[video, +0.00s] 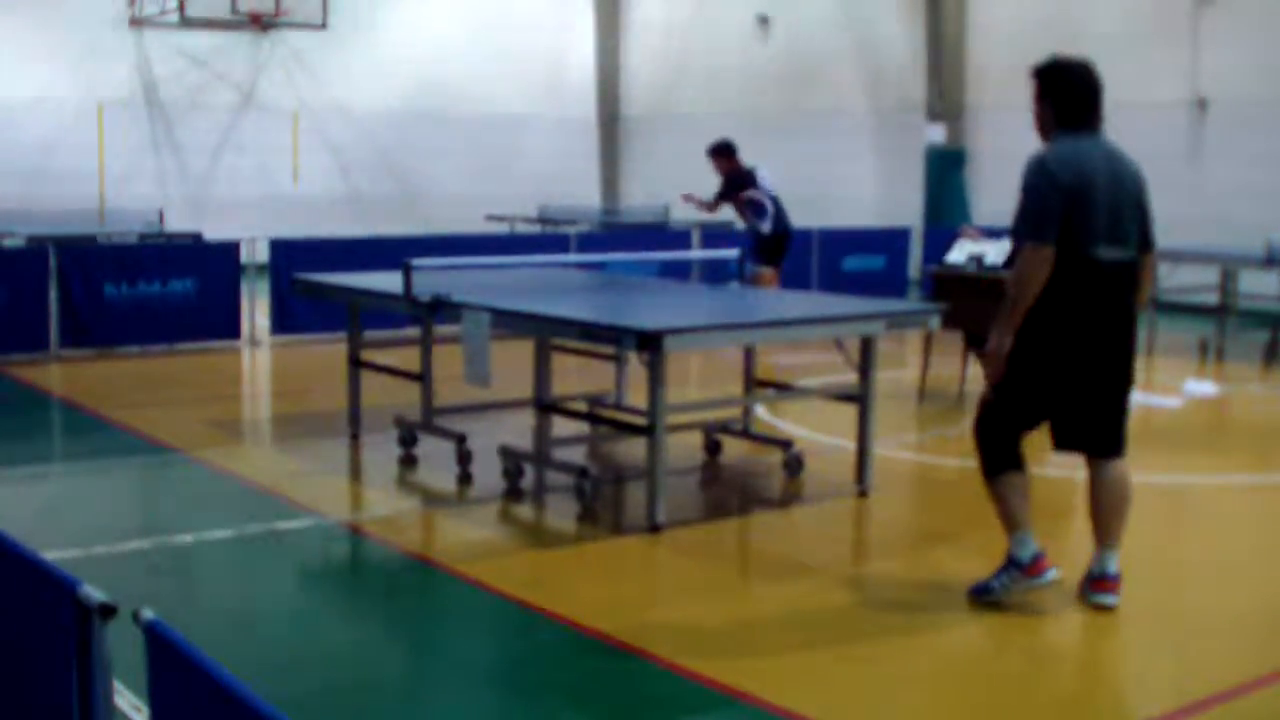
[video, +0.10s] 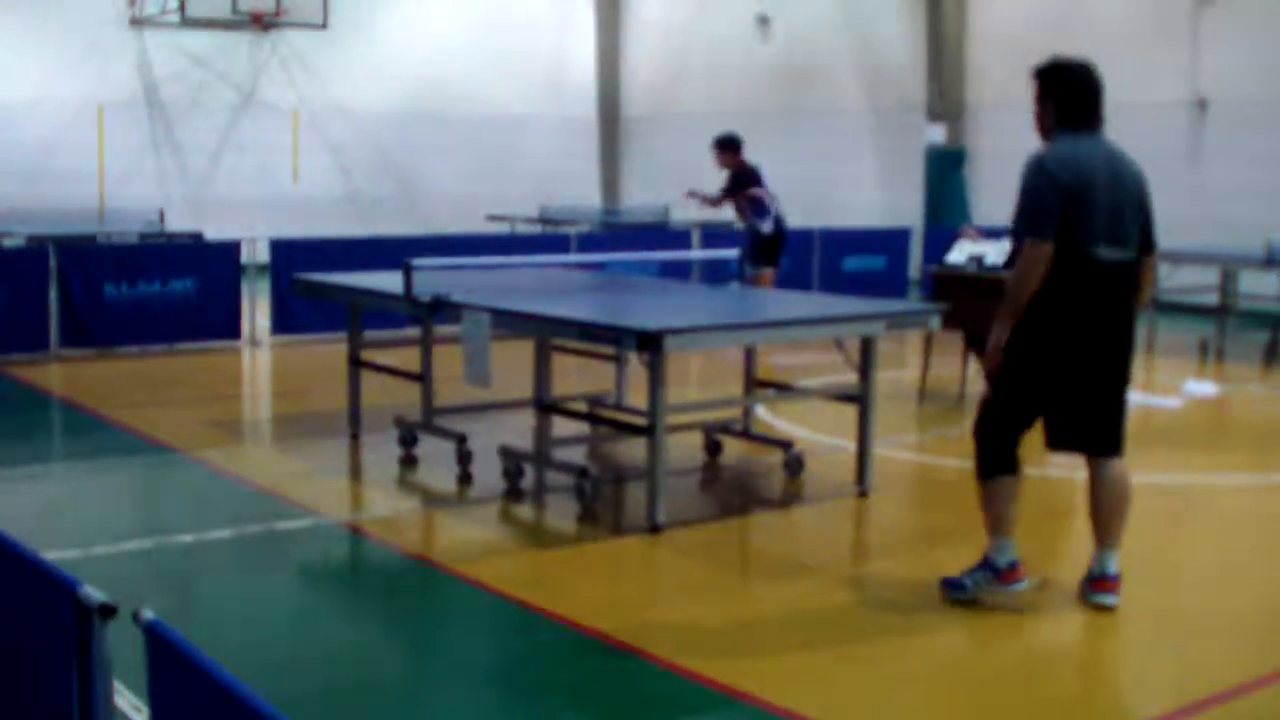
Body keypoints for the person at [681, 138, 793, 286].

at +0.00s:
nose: (716, 168)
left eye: (717, 162)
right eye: (715, 163)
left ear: (726, 160)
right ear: (733, 158)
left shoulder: (734, 179)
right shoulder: (746, 174)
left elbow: (713, 206)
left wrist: (695, 201)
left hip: (770, 232)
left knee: (763, 276)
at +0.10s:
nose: (718, 159)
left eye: (720, 154)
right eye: (717, 154)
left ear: (731, 154)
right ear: (733, 154)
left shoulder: (740, 174)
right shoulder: (742, 172)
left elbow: (718, 201)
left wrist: (698, 196)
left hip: (767, 229)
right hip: (757, 228)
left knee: (763, 279)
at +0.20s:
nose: (722, 153)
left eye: (726, 148)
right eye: (723, 147)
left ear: (736, 149)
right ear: (738, 149)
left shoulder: (746, 171)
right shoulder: (736, 171)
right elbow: (737, 201)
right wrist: (709, 205)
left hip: (762, 232)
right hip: (750, 230)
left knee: (761, 281)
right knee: (751, 279)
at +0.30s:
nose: (725, 165)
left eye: (729, 160)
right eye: (726, 160)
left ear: (740, 162)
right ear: (728, 161)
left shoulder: (750, 186)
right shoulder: (729, 186)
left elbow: (758, 216)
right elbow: (734, 217)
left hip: (759, 244)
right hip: (744, 244)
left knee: (758, 294)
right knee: (748, 293)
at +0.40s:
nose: (724, 168)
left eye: (729, 163)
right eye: (724, 162)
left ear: (740, 166)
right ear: (723, 165)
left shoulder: (750, 192)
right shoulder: (722, 191)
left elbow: (755, 226)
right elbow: (724, 221)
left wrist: (729, 241)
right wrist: (718, 241)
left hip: (753, 247)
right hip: (730, 247)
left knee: (755, 299)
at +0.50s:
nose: (720, 174)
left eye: (725, 170)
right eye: (720, 169)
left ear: (735, 173)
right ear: (718, 171)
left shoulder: (748, 199)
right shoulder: (715, 199)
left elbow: (758, 230)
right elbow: (715, 228)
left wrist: (733, 250)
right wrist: (710, 250)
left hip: (746, 255)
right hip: (721, 253)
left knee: (750, 303)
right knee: (716, 298)